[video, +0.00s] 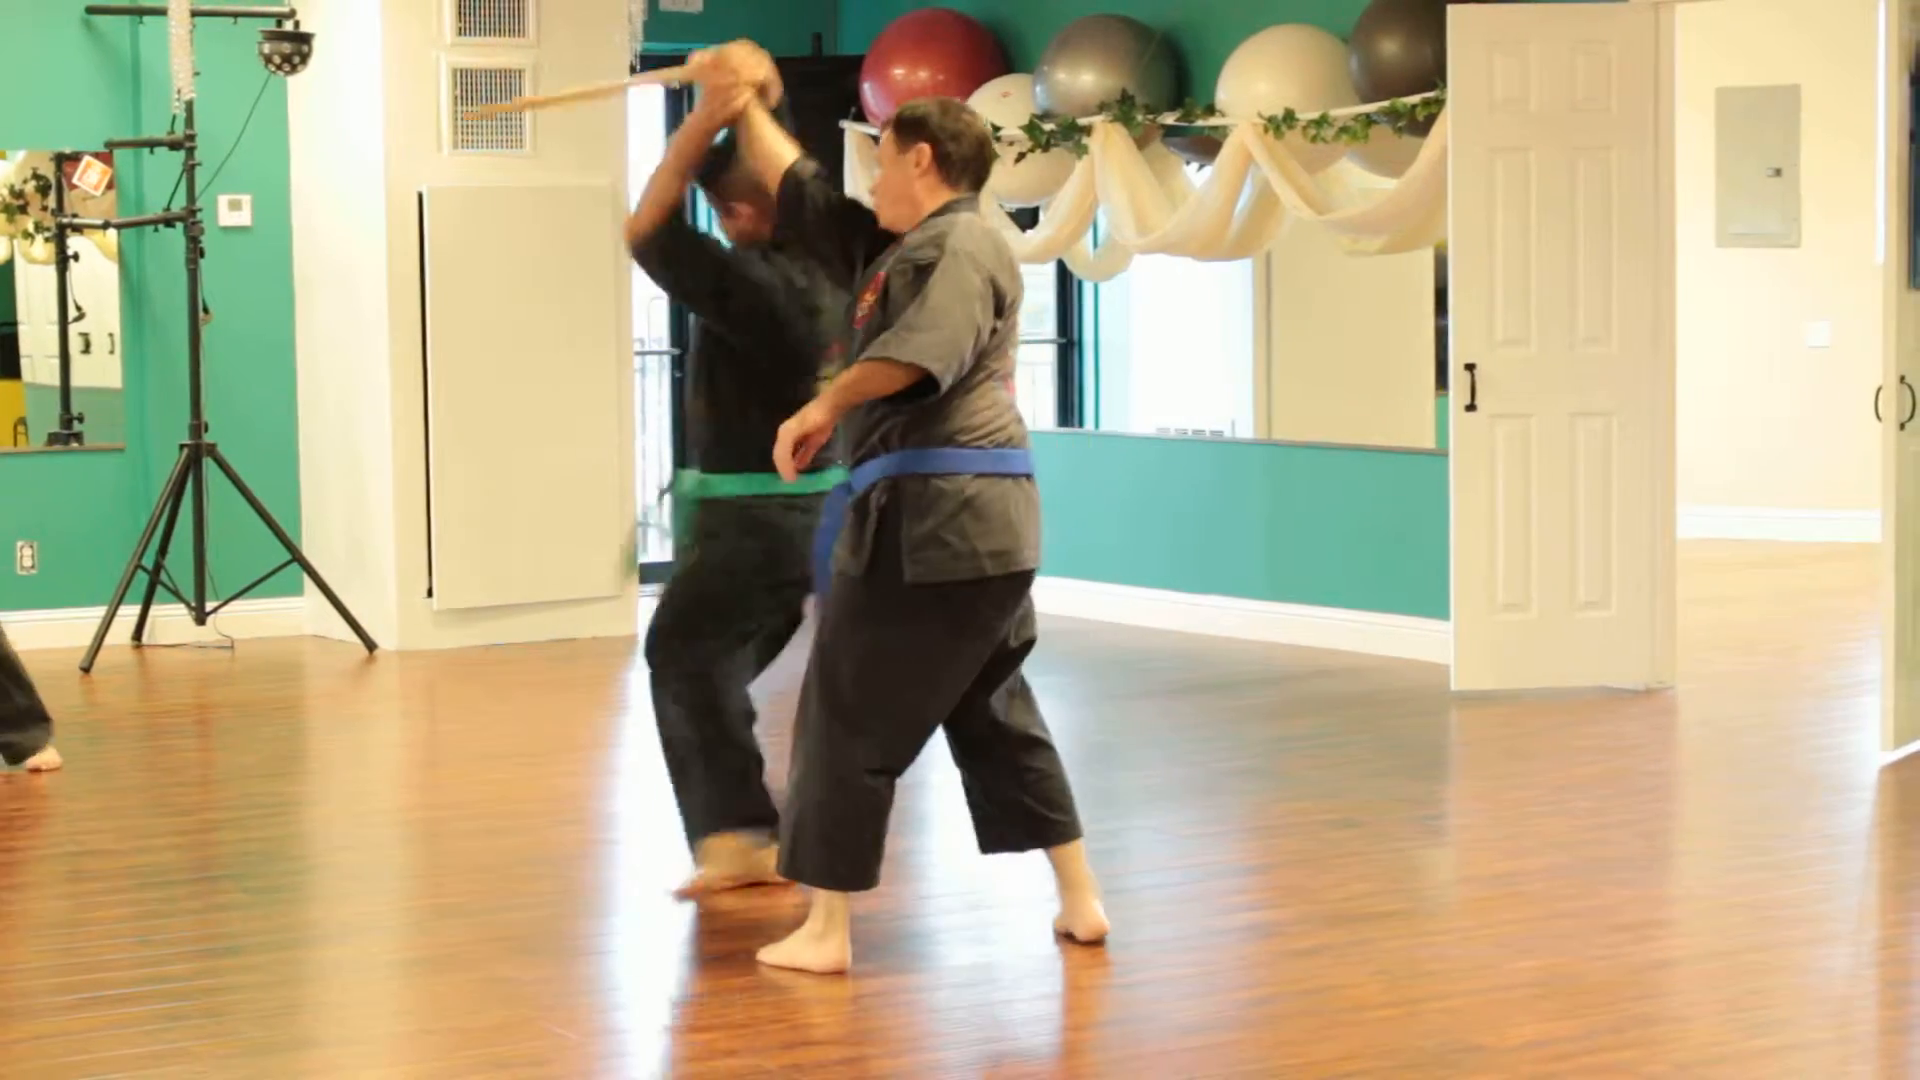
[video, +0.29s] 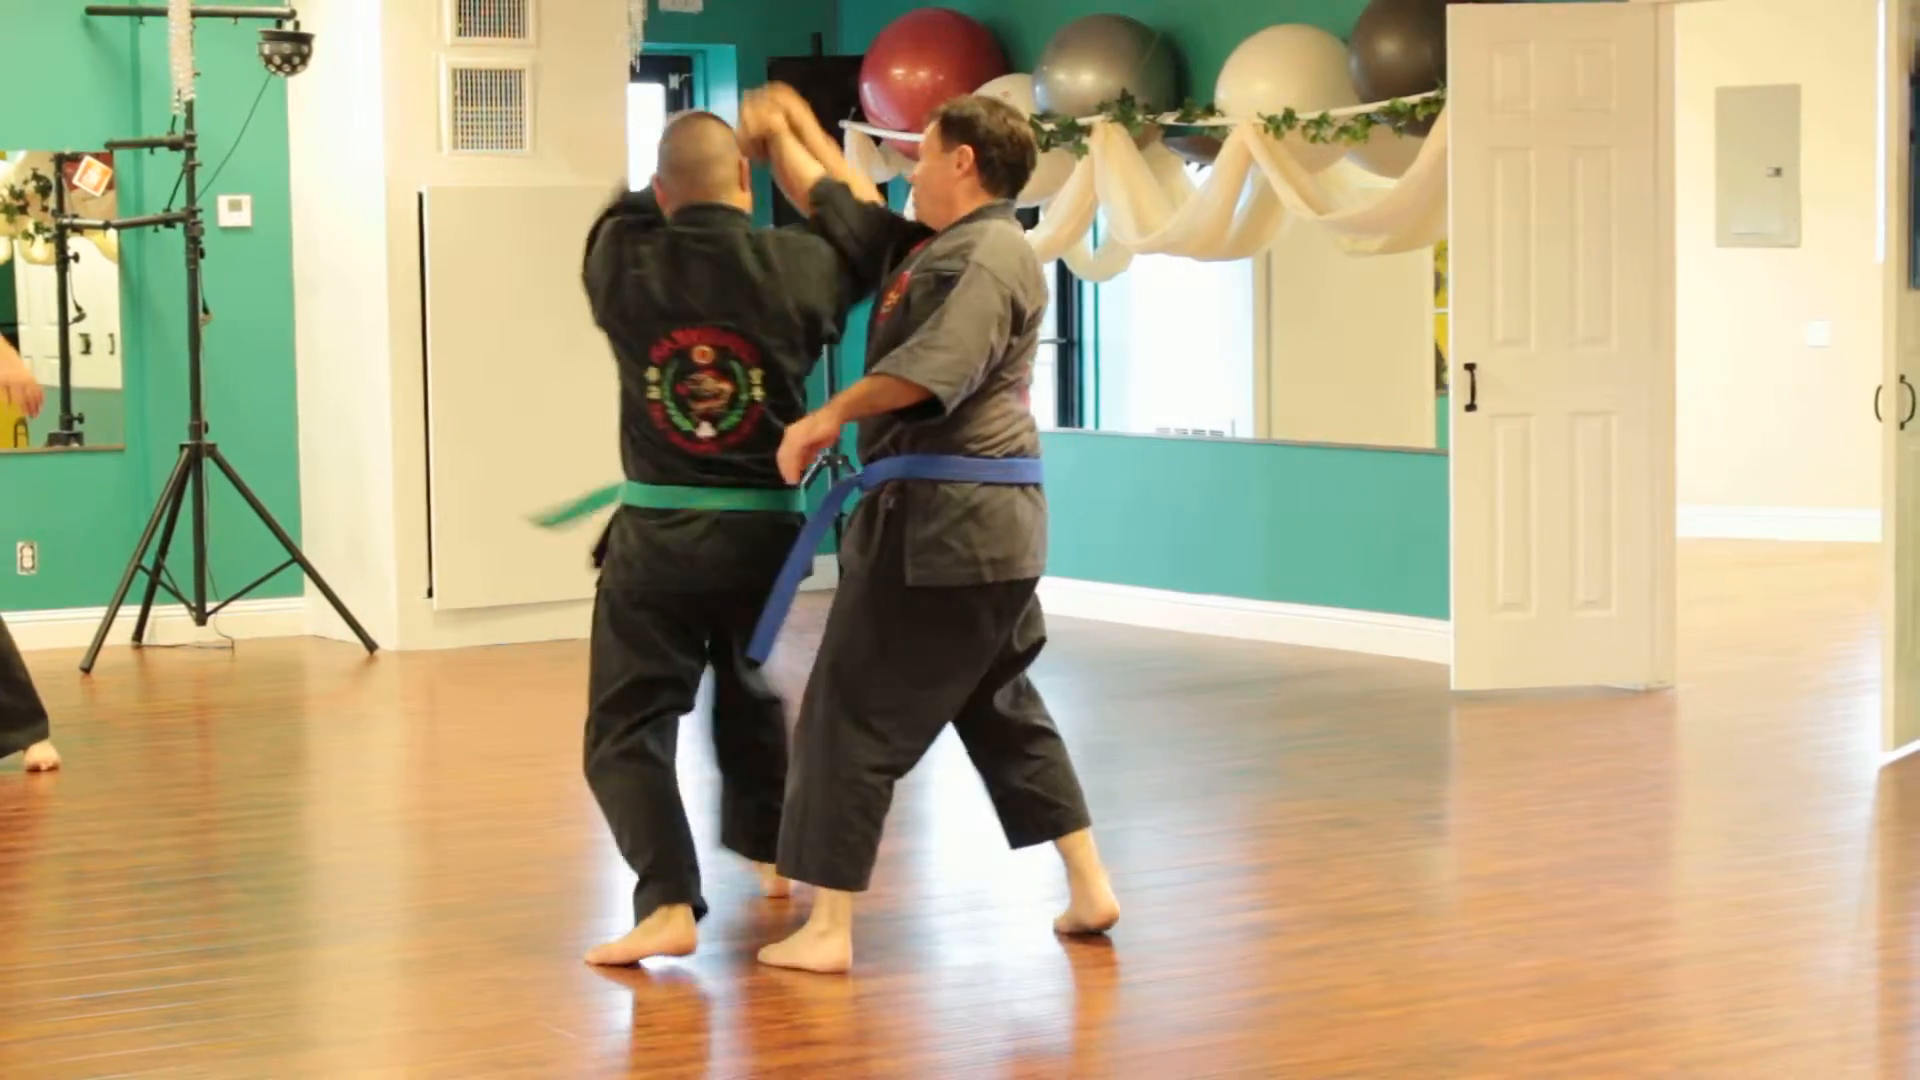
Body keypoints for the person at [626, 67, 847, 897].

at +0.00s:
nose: (721, 222)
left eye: (726, 207)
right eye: (719, 208)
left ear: (747, 208)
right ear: (782, 196)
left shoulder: (755, 284)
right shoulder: (827, 263)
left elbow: (649, 234)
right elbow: (792, 175)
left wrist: (706, 118)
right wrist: (749, 103)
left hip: (753, 511)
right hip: (798, 507)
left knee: (680, 655)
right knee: (717, 667)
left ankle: (731, 840)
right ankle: (753, 834)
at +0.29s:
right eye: (746, 180)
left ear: (659, 191)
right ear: (745, 184)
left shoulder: (624, 267)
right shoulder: (800, 268)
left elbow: (635, 206)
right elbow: (859, 228)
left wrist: (698, 171)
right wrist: (803, 138)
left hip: (660, 531)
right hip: (766, 530)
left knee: (628, 724)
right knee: (747, 678)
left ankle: (666, 906)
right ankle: (777, 861)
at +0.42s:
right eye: (730, 158)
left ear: (651, 180)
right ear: (730, 167)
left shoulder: (618, 266)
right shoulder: (784, 250)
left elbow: (607, 316)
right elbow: (861, 312)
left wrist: (705, 220)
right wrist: (809, 232)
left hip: (668, 535)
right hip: (780, 530)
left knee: (632, 742)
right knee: (810, 701)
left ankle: (670, 926)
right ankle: (856, 870)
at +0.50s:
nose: (746, 167)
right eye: (743, 158)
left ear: (663, 181)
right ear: (742, 168)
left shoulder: (627, 275)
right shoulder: (810, 260)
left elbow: (614, 361)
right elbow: (879, 342)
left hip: (686, 545)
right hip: (800, 539)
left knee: (634, 744)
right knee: (838, 704)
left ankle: (668, 924)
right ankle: (930, 865)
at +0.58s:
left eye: (678, 202)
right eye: (772, 183)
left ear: (685, 203)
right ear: (769, 189)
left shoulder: (656, 297)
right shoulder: (842, 282)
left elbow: (632, 434)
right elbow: (888, 416)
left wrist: (715, 404)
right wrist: (813, 404)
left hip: (718, 559)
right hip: (834, 553)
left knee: (640, 746)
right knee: (880, 725)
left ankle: (667, 926)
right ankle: (975, 884)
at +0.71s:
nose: (698, 279)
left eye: (696, 269)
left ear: (706, 267)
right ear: (785, 255)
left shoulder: (695, 338)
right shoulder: (862, 319)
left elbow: (676, 495)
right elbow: (929, 448)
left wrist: (744, 518)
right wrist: (888, 505)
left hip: (785, 566)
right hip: (899, 560)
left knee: (679, 720)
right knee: (925, 710)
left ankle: (664, 921)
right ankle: (978, 895)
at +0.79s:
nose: (702, 332)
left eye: (700, 323)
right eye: (704, 324)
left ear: (711, 318)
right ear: (786, 303)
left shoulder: (705, 380)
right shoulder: (862, 352)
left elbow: (706, 535)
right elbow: (929, 454)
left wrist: (785, 580)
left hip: (828, 553)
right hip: (939, 538)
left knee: (693, 708)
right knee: (952, 700)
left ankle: (706, 912)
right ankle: (984, 899)